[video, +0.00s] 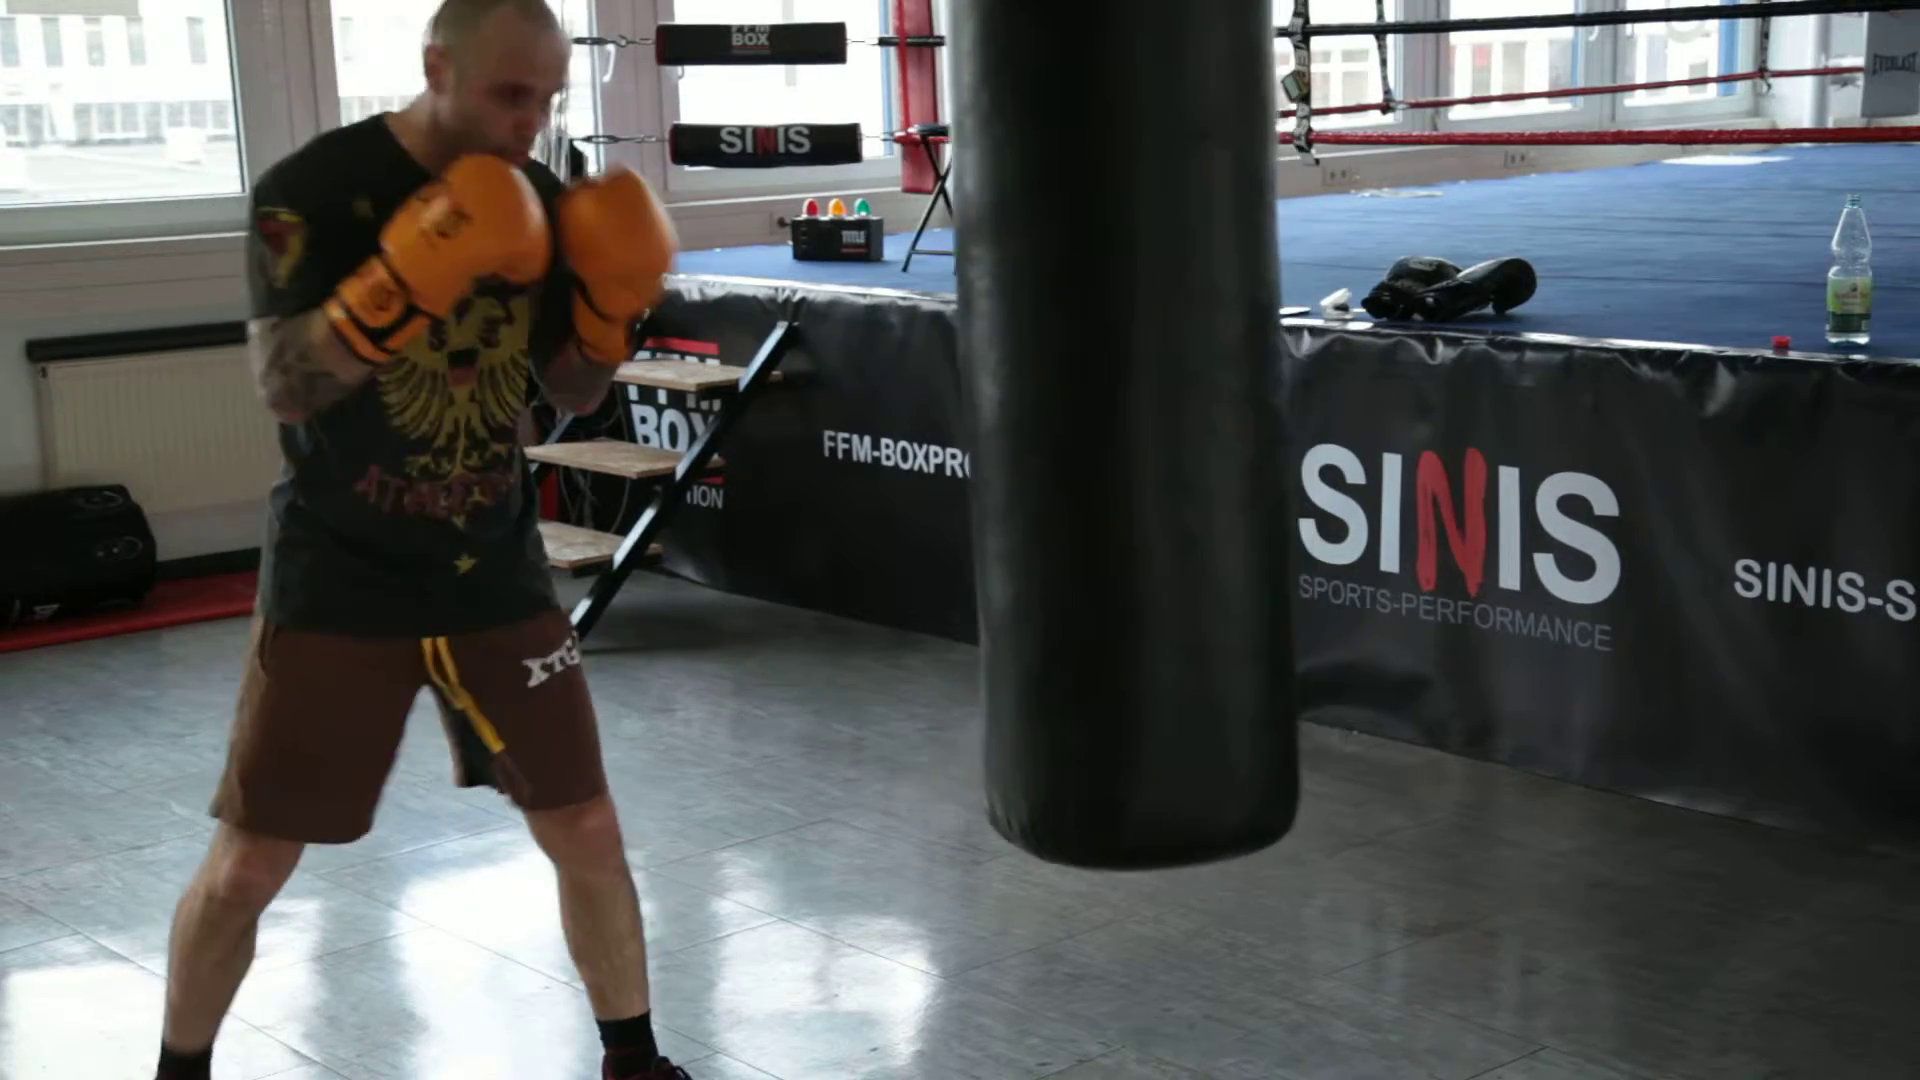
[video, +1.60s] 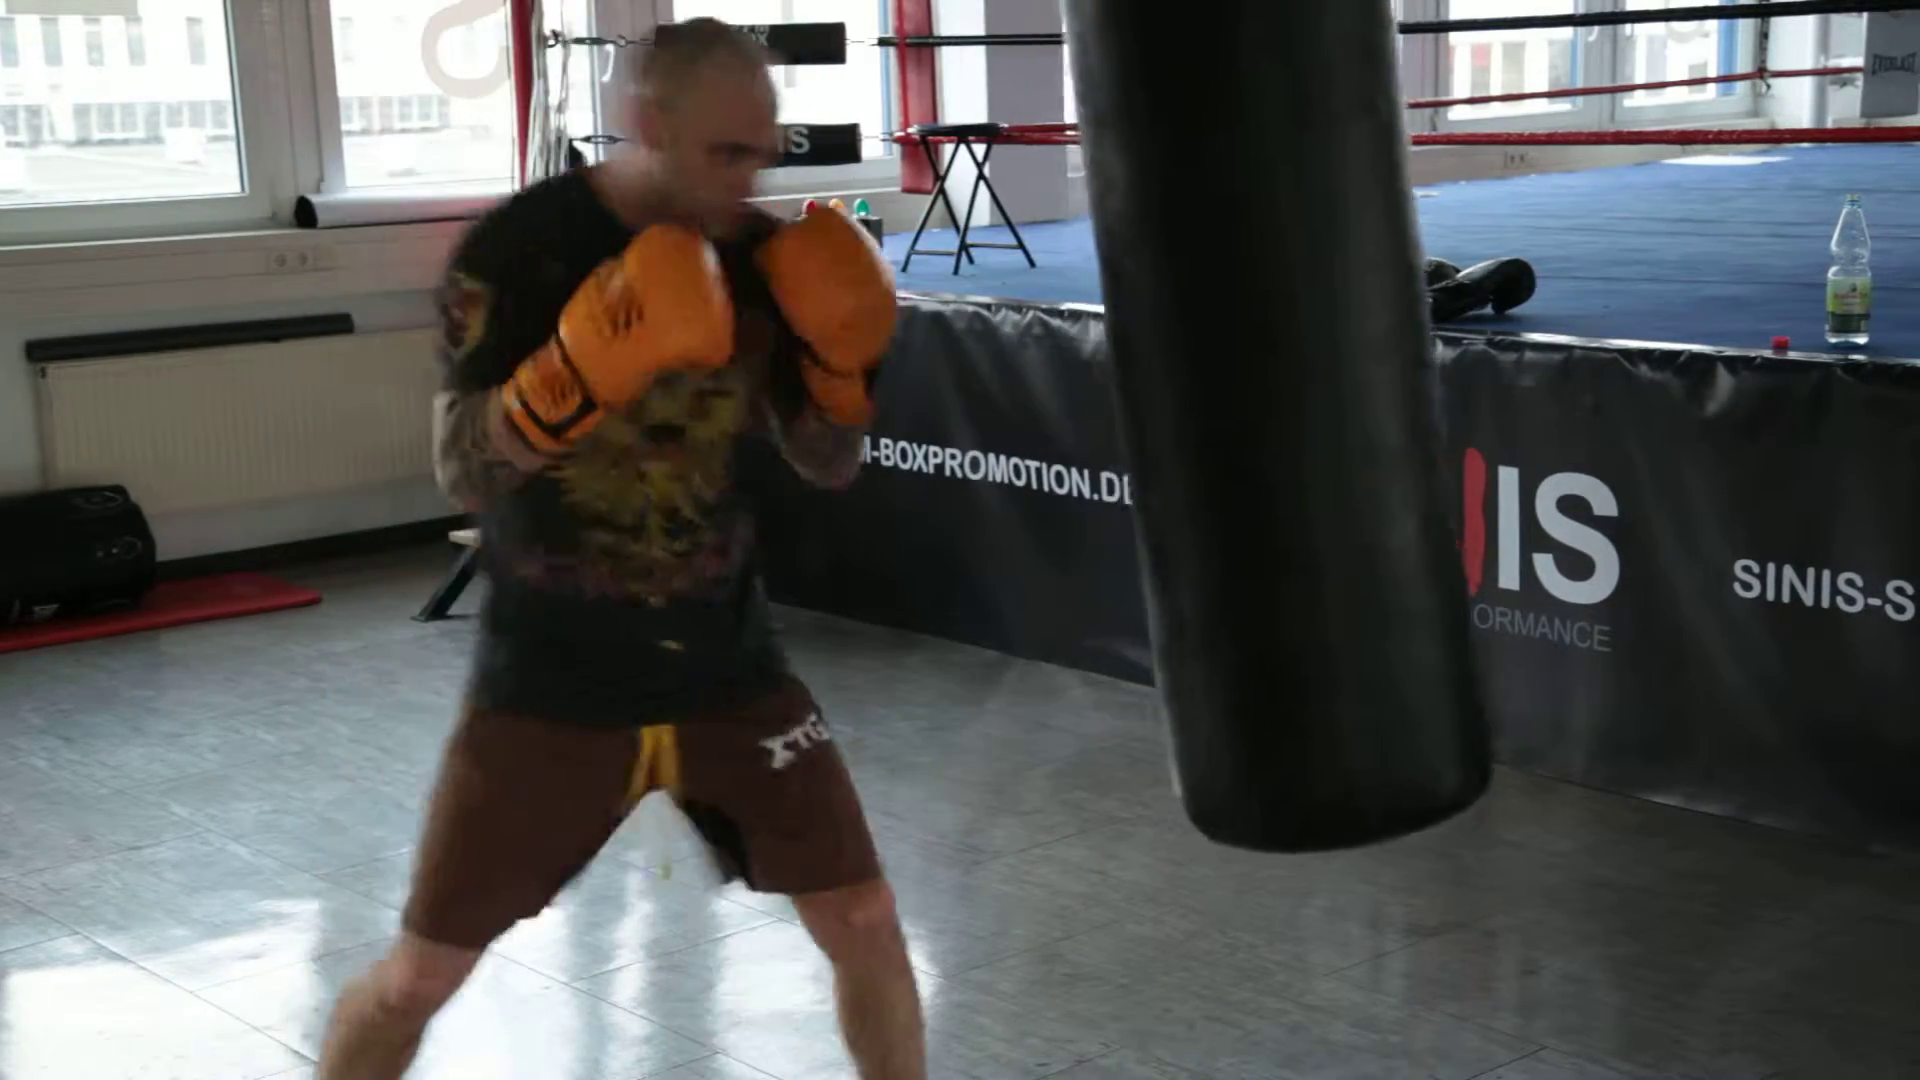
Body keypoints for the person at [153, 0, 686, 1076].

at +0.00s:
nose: (530, 122)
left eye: (547, 98)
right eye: (509, 95)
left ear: (557, 85)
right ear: (434, 71)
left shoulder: (545, 202)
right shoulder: (312, 191)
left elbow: (559, 402)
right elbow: (284, 388)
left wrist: (611, 313)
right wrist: (403, 280)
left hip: (496, 560)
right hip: (341, 565)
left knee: (588, 834)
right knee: (248, 867)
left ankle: (636, 1063)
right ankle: (179, 1075)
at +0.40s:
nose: (444, 256)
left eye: (460, 227)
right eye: (416, 234)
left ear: (479, 201)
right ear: (342, 213)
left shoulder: (523, 261)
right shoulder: (273, 301)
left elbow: (661, 428)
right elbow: (261, 498)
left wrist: (616, 328)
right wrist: (332, 437)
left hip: (525, 637)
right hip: (353, 646)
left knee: (654, 883)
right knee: (254, 921)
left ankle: (703, 1073)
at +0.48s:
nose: (495, 275)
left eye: (508, 247)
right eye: (468, 255)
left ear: (522, 221)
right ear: (390, 232)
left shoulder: (565, 298)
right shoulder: (313, 319)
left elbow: (670, 474)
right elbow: (286, 510)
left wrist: (659, 401)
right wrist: (335, 497)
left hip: (557, 658)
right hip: (381, 673)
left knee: (689, 886)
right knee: (272, 934)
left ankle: (711, 1073)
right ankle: (205, 1078)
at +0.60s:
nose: (630, 226)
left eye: (640, 198)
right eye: (607, 200)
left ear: (649, 178)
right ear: (534, 171)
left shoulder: (634, 272)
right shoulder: (414, 264)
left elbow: (681, 431)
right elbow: (329, 454)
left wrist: (704, 368)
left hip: (575, 607)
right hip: (424, 620)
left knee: (685, 848)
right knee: (324, 915)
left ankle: (711, 1074)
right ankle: (208, 1077)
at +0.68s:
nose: (681, 213)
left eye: (695, 189)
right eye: (660, 185)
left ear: (705, 175)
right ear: (580, 159)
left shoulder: (651, 257)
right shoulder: (489, 225)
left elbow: (701, 412)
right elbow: (466, 341)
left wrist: (749, 348)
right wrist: (659, 277)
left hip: (578, 589)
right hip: (441, 602)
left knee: (688, 839)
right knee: (334, 910)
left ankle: (710, 1075)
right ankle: (210, 1073)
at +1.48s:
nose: (661, 159)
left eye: (673, 132)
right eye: (638, 132)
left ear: (681, 119)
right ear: (551, 101)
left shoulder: (653, 225)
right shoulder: (423, 225)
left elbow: (756, 412)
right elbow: (436, 419)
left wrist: (791, 320)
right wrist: (583, 319)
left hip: (649, 632)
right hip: (479, 647)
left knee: (798, 905)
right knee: (384, 956)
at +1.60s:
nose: (751, 182)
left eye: (763, 155)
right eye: (729, 153)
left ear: (774, 141)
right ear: (647, 127)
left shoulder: (760, 253)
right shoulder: (518, 248)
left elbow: (823, 465)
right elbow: (460, 472)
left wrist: (844, 363)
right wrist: (579, 373)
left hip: (725, 658)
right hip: (552, 671)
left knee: (864, 919)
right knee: (421, 974)